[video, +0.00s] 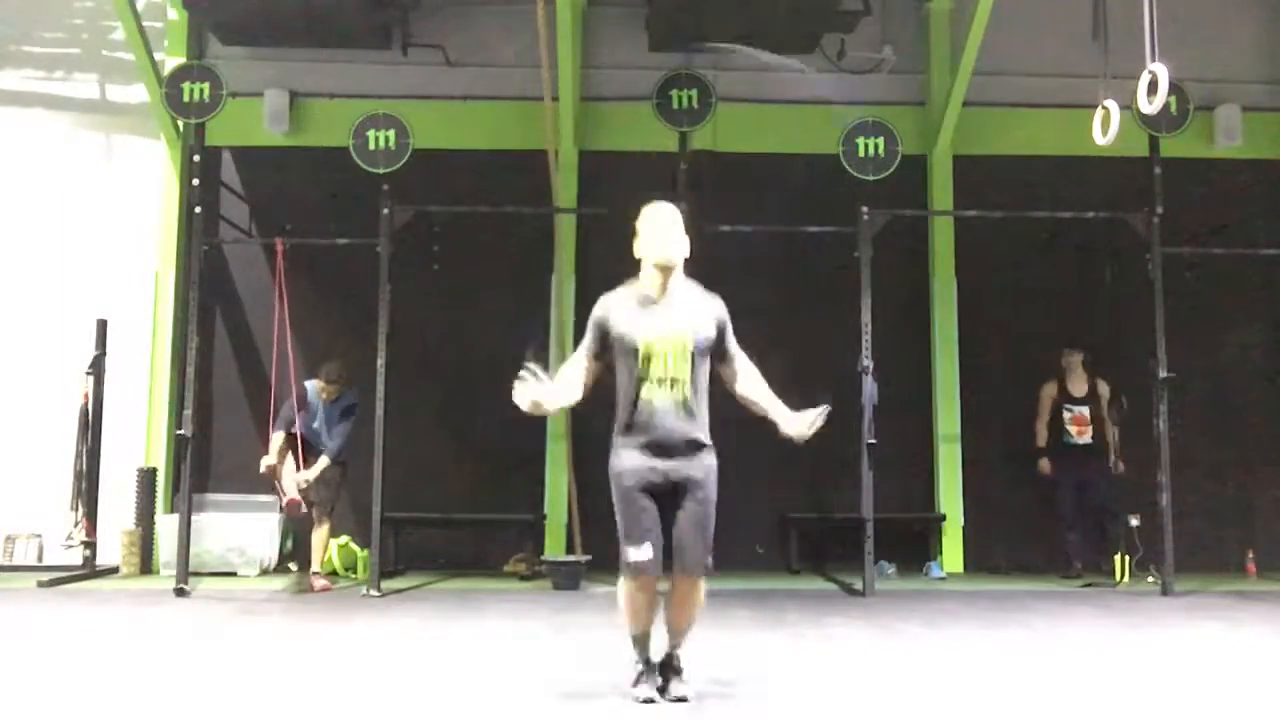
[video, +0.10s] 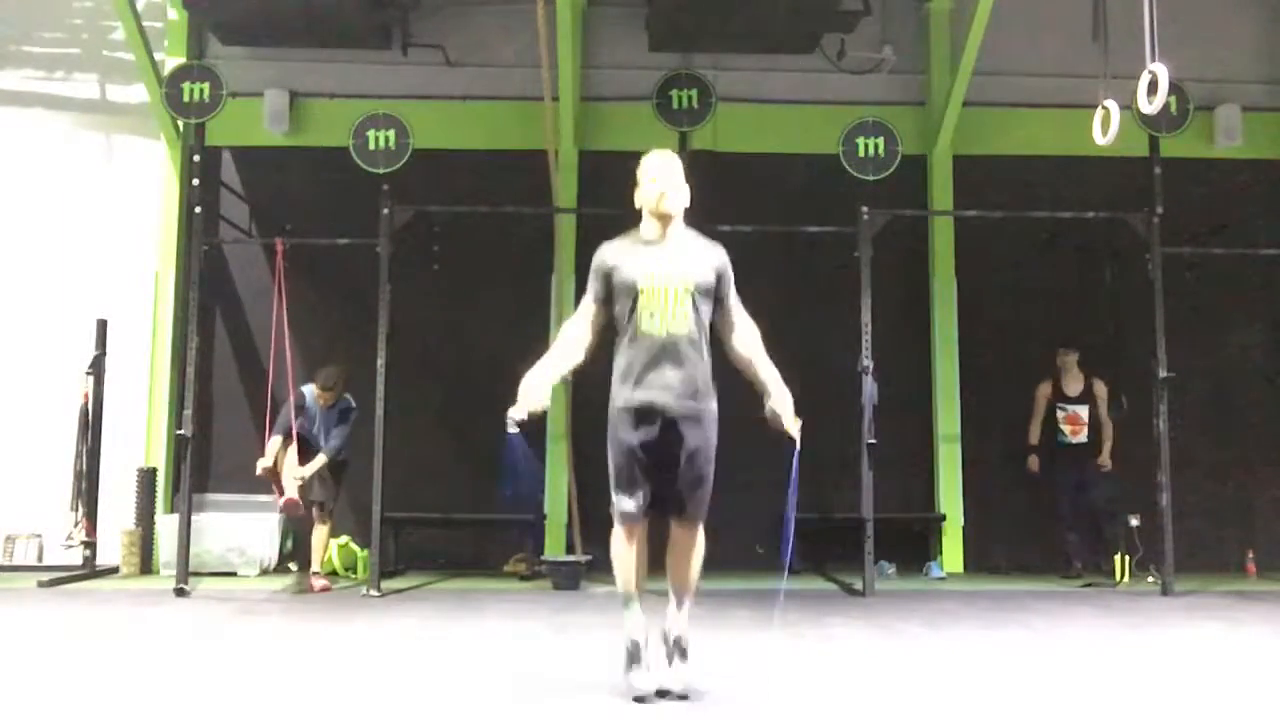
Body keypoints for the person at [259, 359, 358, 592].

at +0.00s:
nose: (325, 394)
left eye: (331, 391)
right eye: (323, 388)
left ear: (342, 387)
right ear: (319, 382)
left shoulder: (350, 400)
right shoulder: (305, 390)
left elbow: (339, 440)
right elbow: (283, 420)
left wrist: (314, 471)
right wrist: (271, 454)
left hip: (328, 455)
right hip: (299, 445)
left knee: (322, 514)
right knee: (281, 446)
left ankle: (316, 572)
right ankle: (293, 496)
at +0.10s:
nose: (322, 402)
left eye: (328, 399)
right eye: (319, 396)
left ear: (339, 393)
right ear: (315, 387)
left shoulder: (347, 408)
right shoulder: (303, 396)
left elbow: (335, 445)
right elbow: (281, 427)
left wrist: (308, 470)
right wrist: (268, 457)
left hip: (331, 458)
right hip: (300, 451)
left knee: (323, 514)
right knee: (288, 443)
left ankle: (315, 572)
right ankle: (292, 495)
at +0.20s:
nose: (320, 403)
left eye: (326, 399)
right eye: (317, 397)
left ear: (337, 393)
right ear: (313, 388)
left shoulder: (347, 407)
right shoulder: (302, 396)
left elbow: (333, 445)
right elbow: (280, 426)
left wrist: (303, 471)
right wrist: (264, 458)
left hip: (331, 458)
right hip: (303, 451)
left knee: (323, 514)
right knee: (289, 446)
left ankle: (315, 572)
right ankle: (287, 504)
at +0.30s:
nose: (320, 396)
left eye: (326, 391)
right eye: (318, 390)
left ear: (336, 388)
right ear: (313, 385)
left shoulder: (347, 406)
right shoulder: (300, 395)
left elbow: (332, 446)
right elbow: (275, 427)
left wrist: (300, 477)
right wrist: (260, 460)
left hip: (332, 458)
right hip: (302, 449)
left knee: (323, 513)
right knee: (289, 452)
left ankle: (316, 573)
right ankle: (282, 518)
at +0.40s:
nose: (321, 389)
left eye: (327, 385)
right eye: (317, 383)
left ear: (337, 383)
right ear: (311, 379)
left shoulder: (347, 402)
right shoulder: (297, 392)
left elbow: (340, 446)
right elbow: (270, 425)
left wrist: (312, 480)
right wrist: (259, 461)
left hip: (330, 457)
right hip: (301, 449)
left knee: (324, 514)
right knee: (286, 480)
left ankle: (316, 573)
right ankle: (276, 541)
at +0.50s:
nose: (323, 381)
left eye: (329, 376)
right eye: (319, 375)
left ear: (337, 377)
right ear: (312, 372)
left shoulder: (347, 397)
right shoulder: (297, 388)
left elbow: (349, 443)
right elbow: (268, 419)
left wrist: (336, 481)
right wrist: (263, 455)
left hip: (328, 461)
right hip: (299, 455)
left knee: (325, 518)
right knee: (283, 496)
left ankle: (316, 572)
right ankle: (272, 556)